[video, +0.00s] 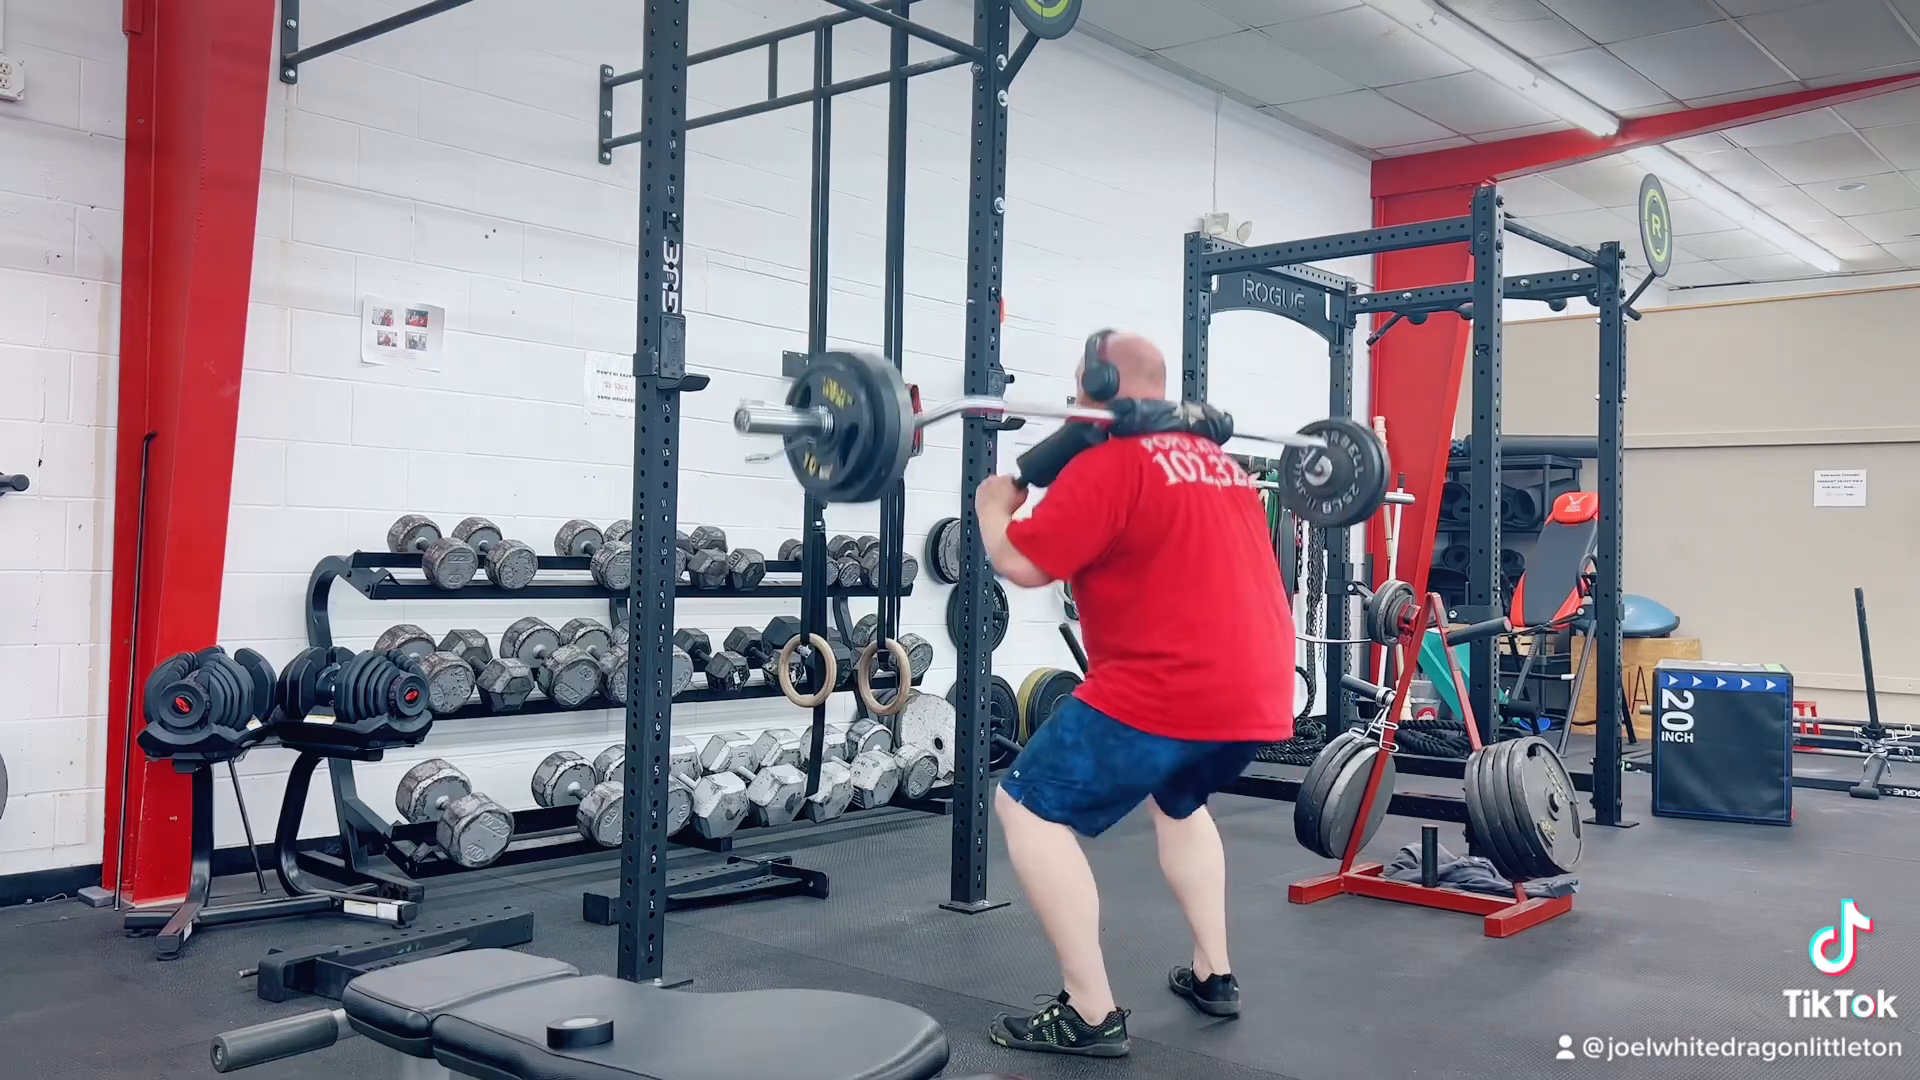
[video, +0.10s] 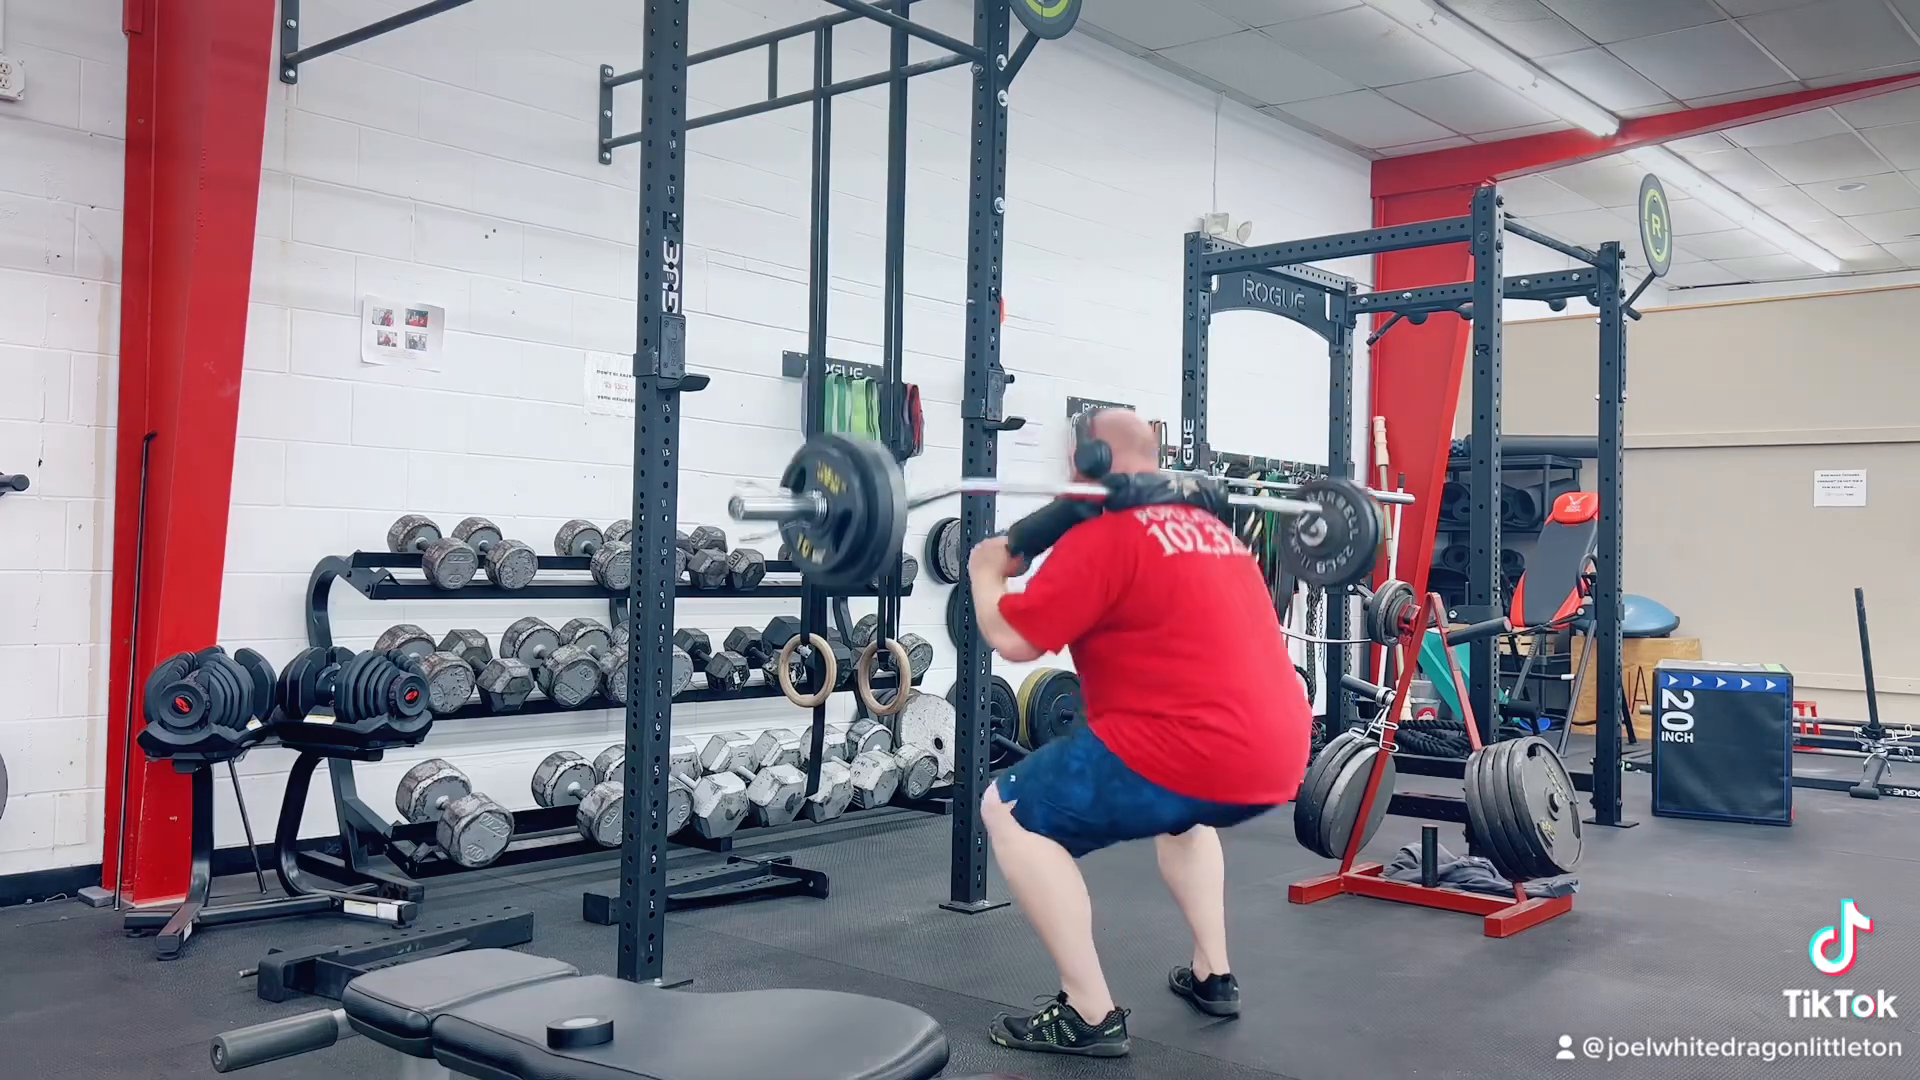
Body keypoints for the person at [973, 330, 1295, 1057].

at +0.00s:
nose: (1075, 402)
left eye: (1078, 389)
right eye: (1076, 390)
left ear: (1098, 393)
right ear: (1163, 389)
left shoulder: (1114, 463)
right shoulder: (1221, 463)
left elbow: (1022, 562)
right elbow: (1256, 569)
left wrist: (992, 506)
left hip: (1159, 692)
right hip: (1261, 696)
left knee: (1026, 802)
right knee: (1178, 800)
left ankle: (1090, 1008)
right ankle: (1215, 973)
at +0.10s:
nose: (1069, 473)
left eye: (1071, 463)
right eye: (1074, 462)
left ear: (1083, 467)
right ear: (1157, 463)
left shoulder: (1107, 534)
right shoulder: (1208, 524)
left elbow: (1013, 639)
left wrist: (983, 569)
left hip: (1179, 753)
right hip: (1274, 753)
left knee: (1009, 810)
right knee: (1178, 811)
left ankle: (1090, 1011)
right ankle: (1214, 974)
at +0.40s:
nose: (1063, 605)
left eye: (1063, 594)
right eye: (1067, 593)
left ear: (1072, 603)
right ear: (1148, 592)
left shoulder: (1096, 668)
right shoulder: (1200, 648)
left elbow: (995, 763)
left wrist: (972, 687)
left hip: (1196, 888)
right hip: (1273, 880)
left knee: (991, 819)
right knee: (1159, 793)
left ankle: (1088, 1008)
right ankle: (1208, 973)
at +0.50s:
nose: (1055, 545)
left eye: (1056, 537)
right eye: (1058, 536)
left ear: (1068, 542)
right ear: (1138, 534)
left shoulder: (1091, 605)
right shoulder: (1196, 587)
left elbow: (995, 707)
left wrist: (970, 639)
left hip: (1188, 806)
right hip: (1278, 802)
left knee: (997, 813)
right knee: (1143, 783)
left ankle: (1088, 1008)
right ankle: (1210, 973)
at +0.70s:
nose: (1057, 389)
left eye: (1061, 375)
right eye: (1059, 375)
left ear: (1083, 377)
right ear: (1144, 372)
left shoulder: (1100, 443)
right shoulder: (1206, 443)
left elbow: (1012, 549)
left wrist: (981, 496)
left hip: (1141, 668)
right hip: (1235, 670)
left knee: (1019, 799)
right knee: (1167, 794)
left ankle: (1089, 1007)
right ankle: (1211, 974)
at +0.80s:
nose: (1072, 317)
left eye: (1074, 305)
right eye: (1075, 304)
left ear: (1089, 307)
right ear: (1155, 302)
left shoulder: (1106, 372)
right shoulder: (1214, 382)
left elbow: (1032, 471)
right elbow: (1232, 496)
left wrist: (991, 430)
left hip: (1120, 618)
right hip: (1212, 618)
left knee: (1058, 786)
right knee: (1177, 781)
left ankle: (1092, 1006)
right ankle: (1213, 972)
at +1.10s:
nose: (1078, 292)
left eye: (1080, 281)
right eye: (1080, 279)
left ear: (1098, 283)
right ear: (1162, 277)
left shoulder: (1114, 349)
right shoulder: (1221, 363)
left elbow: (1072, 457)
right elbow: (1252, 476)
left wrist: (1014, 429)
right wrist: (1167, 475)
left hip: (1113, 608)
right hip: (1201, 607)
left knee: (1110, 799)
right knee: (1198, 784)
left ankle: (1096, 1007)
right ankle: (1216, 972)